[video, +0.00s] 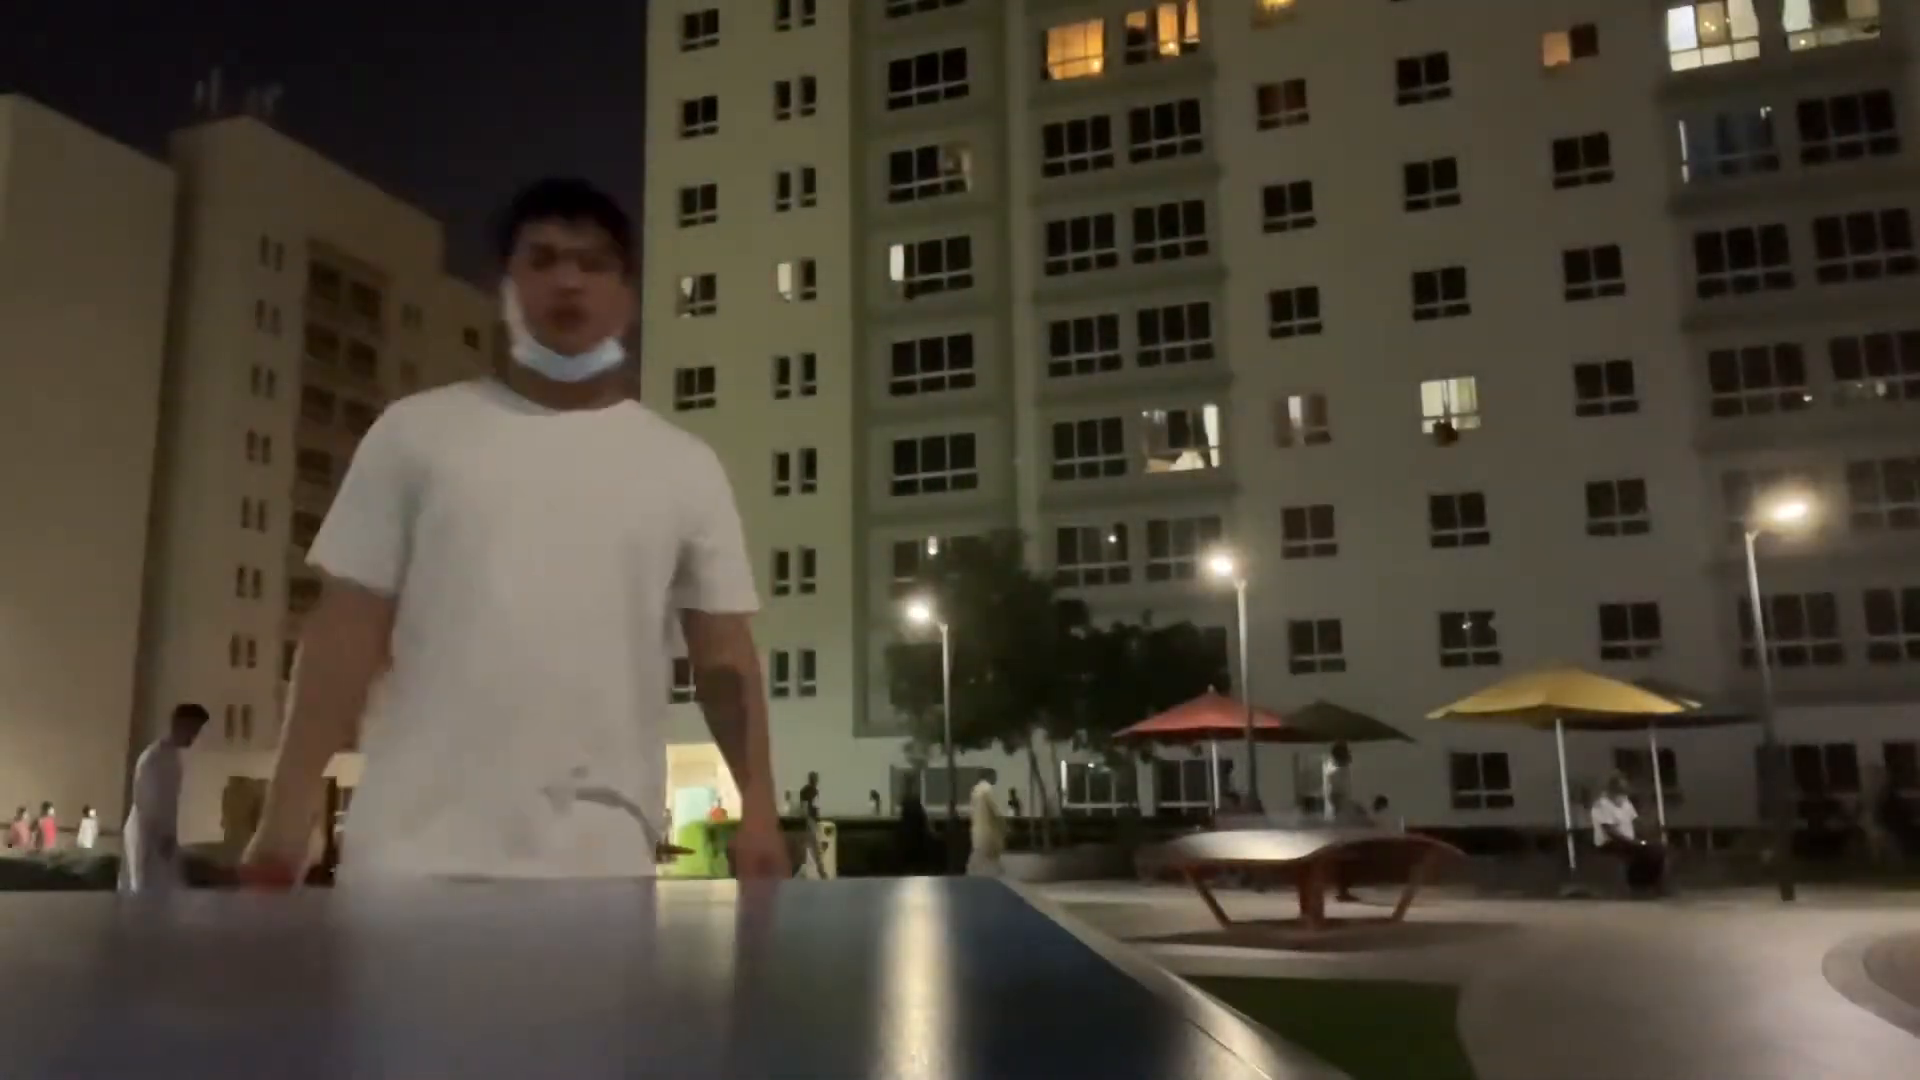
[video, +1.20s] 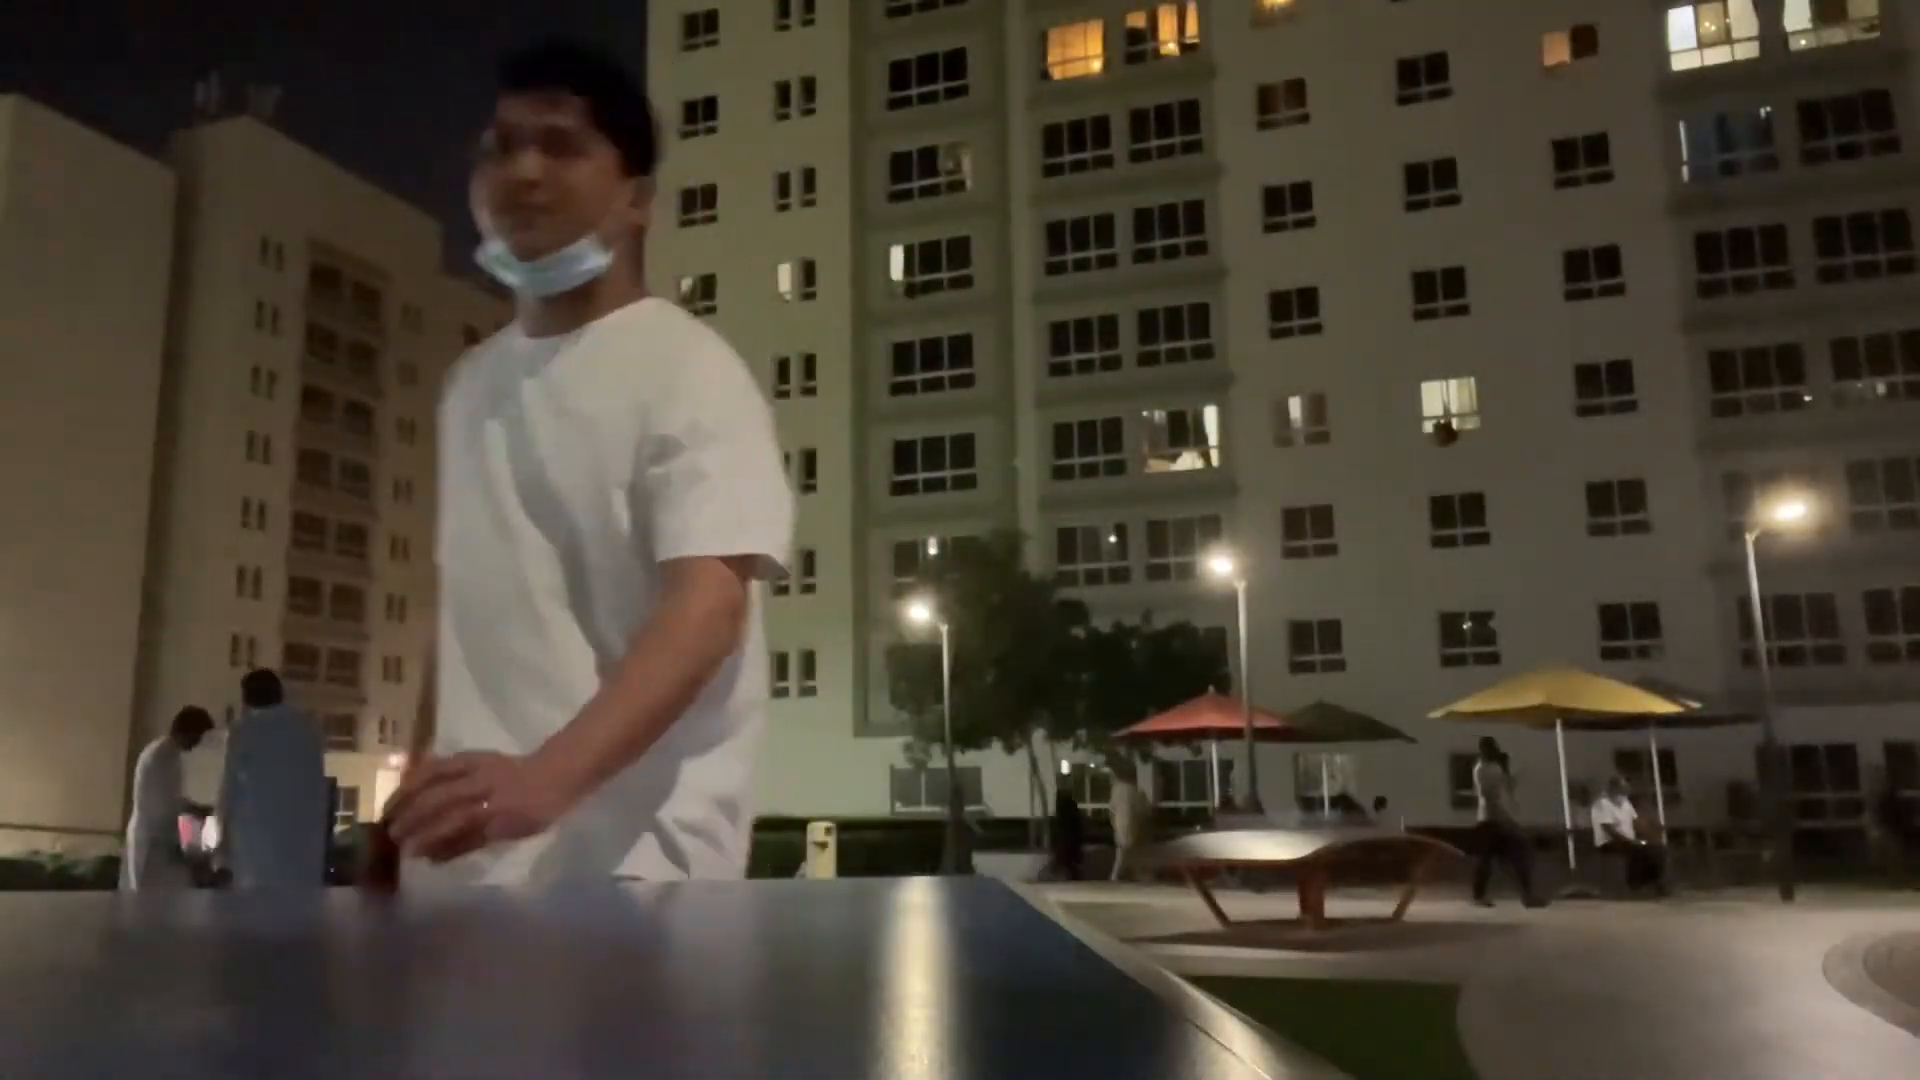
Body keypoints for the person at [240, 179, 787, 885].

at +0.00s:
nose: (567, 282)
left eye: (593, 263)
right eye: (542, 261)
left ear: (630, 292)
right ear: (505, 287)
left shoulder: (681, 467)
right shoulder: (415, 435)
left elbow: (725, 658)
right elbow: (346, 630)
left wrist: (759, 810)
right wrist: (289, 817)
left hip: (594, 852)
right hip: (416, 847)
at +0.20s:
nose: (644, 294)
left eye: (663, 279)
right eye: (616, 270)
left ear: (680, 310)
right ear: (562, 299)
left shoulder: (705, 486)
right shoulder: (462, 424)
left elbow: (724, 661)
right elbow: (371, 586)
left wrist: (748, 807)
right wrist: (390, 759)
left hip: (613, 853)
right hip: (448, 842)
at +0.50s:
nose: (534, 255)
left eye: (561, 238)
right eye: (507, 231)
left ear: (594, 277)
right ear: (463, 265)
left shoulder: (650, 452)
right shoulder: (365, 414)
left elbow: (692, 644)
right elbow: (282, 584)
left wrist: (647, 753)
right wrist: (426, 719)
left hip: (579, 863)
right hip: (387, 859)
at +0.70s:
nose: (573, 217)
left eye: (602, 194)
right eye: (544, 192)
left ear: (646, 228)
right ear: (502, 225)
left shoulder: (711, 423)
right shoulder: (407, 398)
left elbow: (751, 629)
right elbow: (318, 585)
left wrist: (646, 765)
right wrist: (382, 734)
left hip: (622, 864)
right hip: (420, 857)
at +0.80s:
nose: (643, 182)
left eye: (677, 162)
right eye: (619, 157)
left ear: (731, 212)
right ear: (584, 191)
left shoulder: (778, 395)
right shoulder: (496, 368)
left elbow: (830, 619)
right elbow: (417, 556)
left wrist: (679, 718)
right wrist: (411, 769)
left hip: (682, 861)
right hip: (498, 856)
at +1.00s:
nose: (645, 157)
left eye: (686, 136)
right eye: (628, 129)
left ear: (755, 190)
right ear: (600, 158)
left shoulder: (779, 369)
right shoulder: (570, 353)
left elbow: (774, 611)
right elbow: (512, 572)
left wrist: (594, 761)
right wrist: (444, 752)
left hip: (686, 865)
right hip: (522, 852)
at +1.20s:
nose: (520, 172)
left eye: (561, 146)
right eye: (500, 145)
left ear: (636, 200)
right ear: (476, 180)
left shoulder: (686, 371)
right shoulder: (471, 385)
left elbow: (704, 611)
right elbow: (469, 619)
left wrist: (544, 781)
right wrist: (421, 791)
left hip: (632, 866)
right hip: (469, 856)